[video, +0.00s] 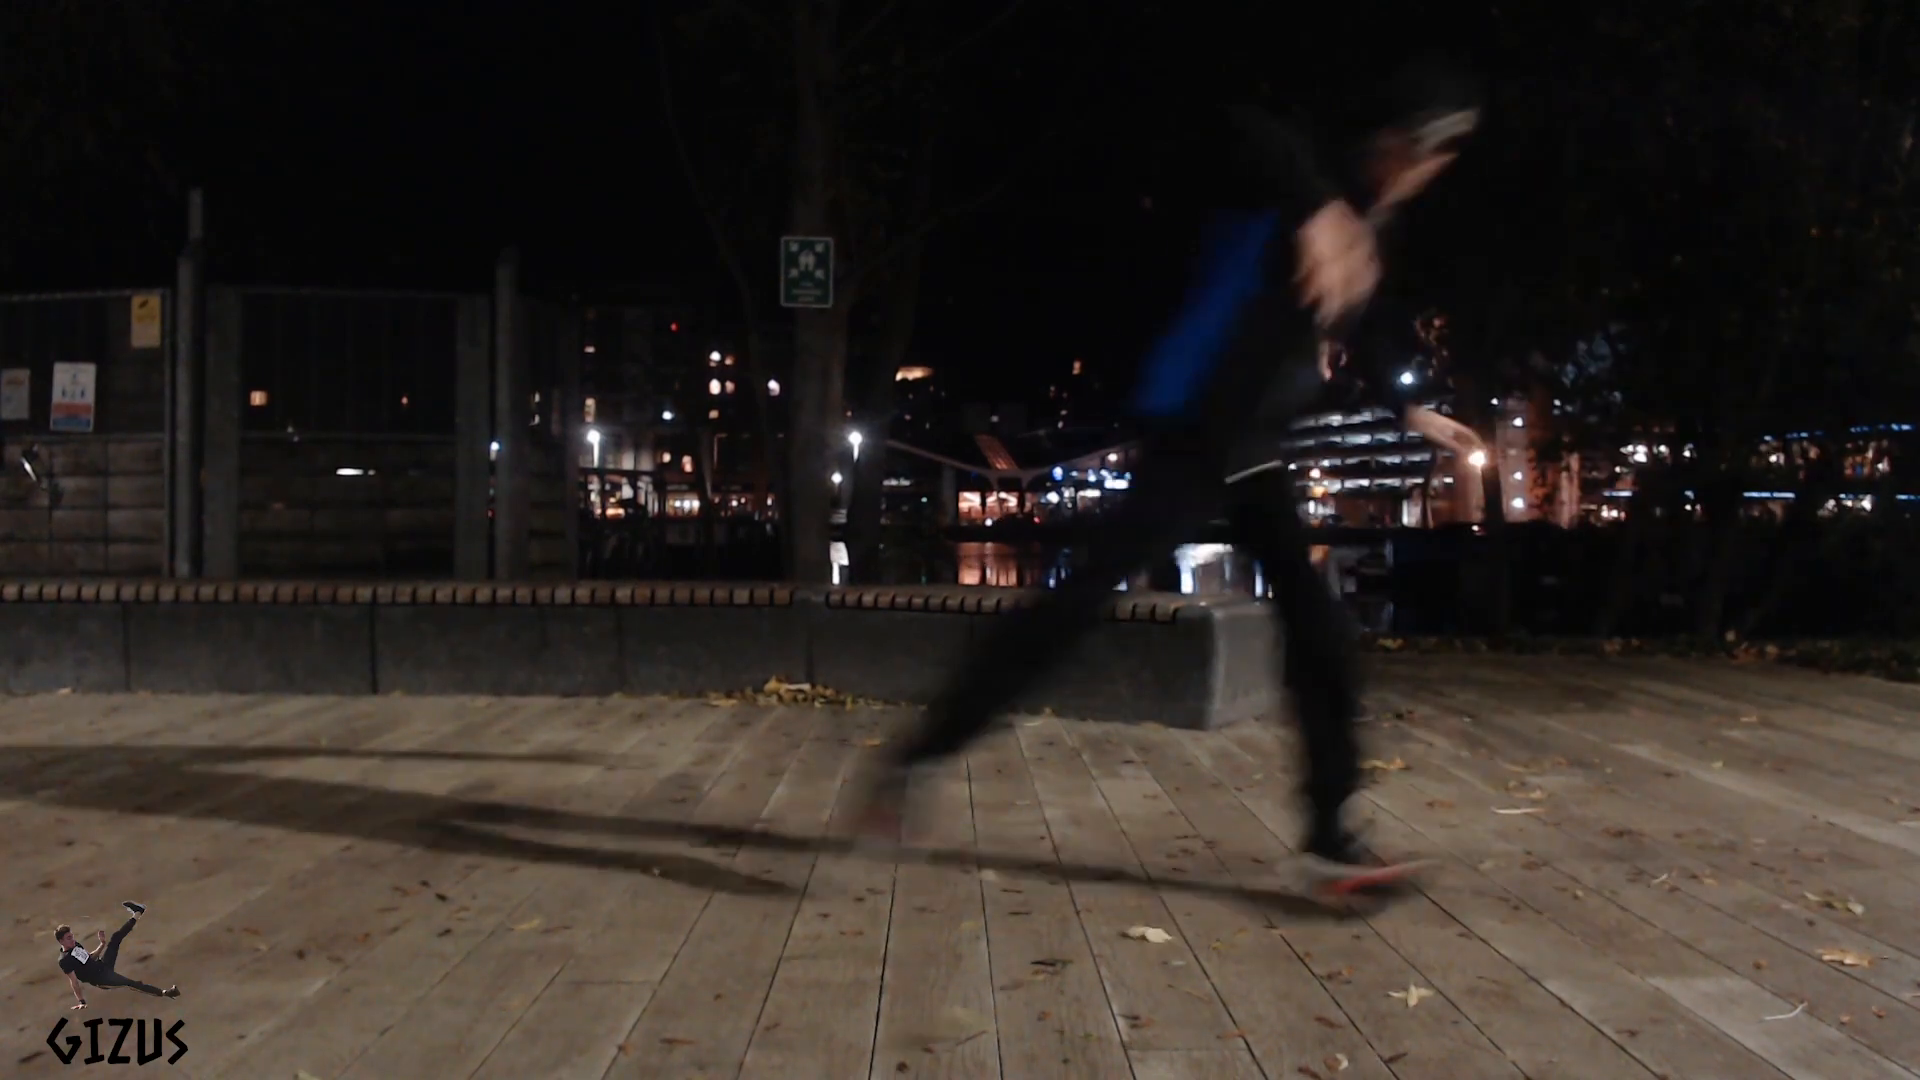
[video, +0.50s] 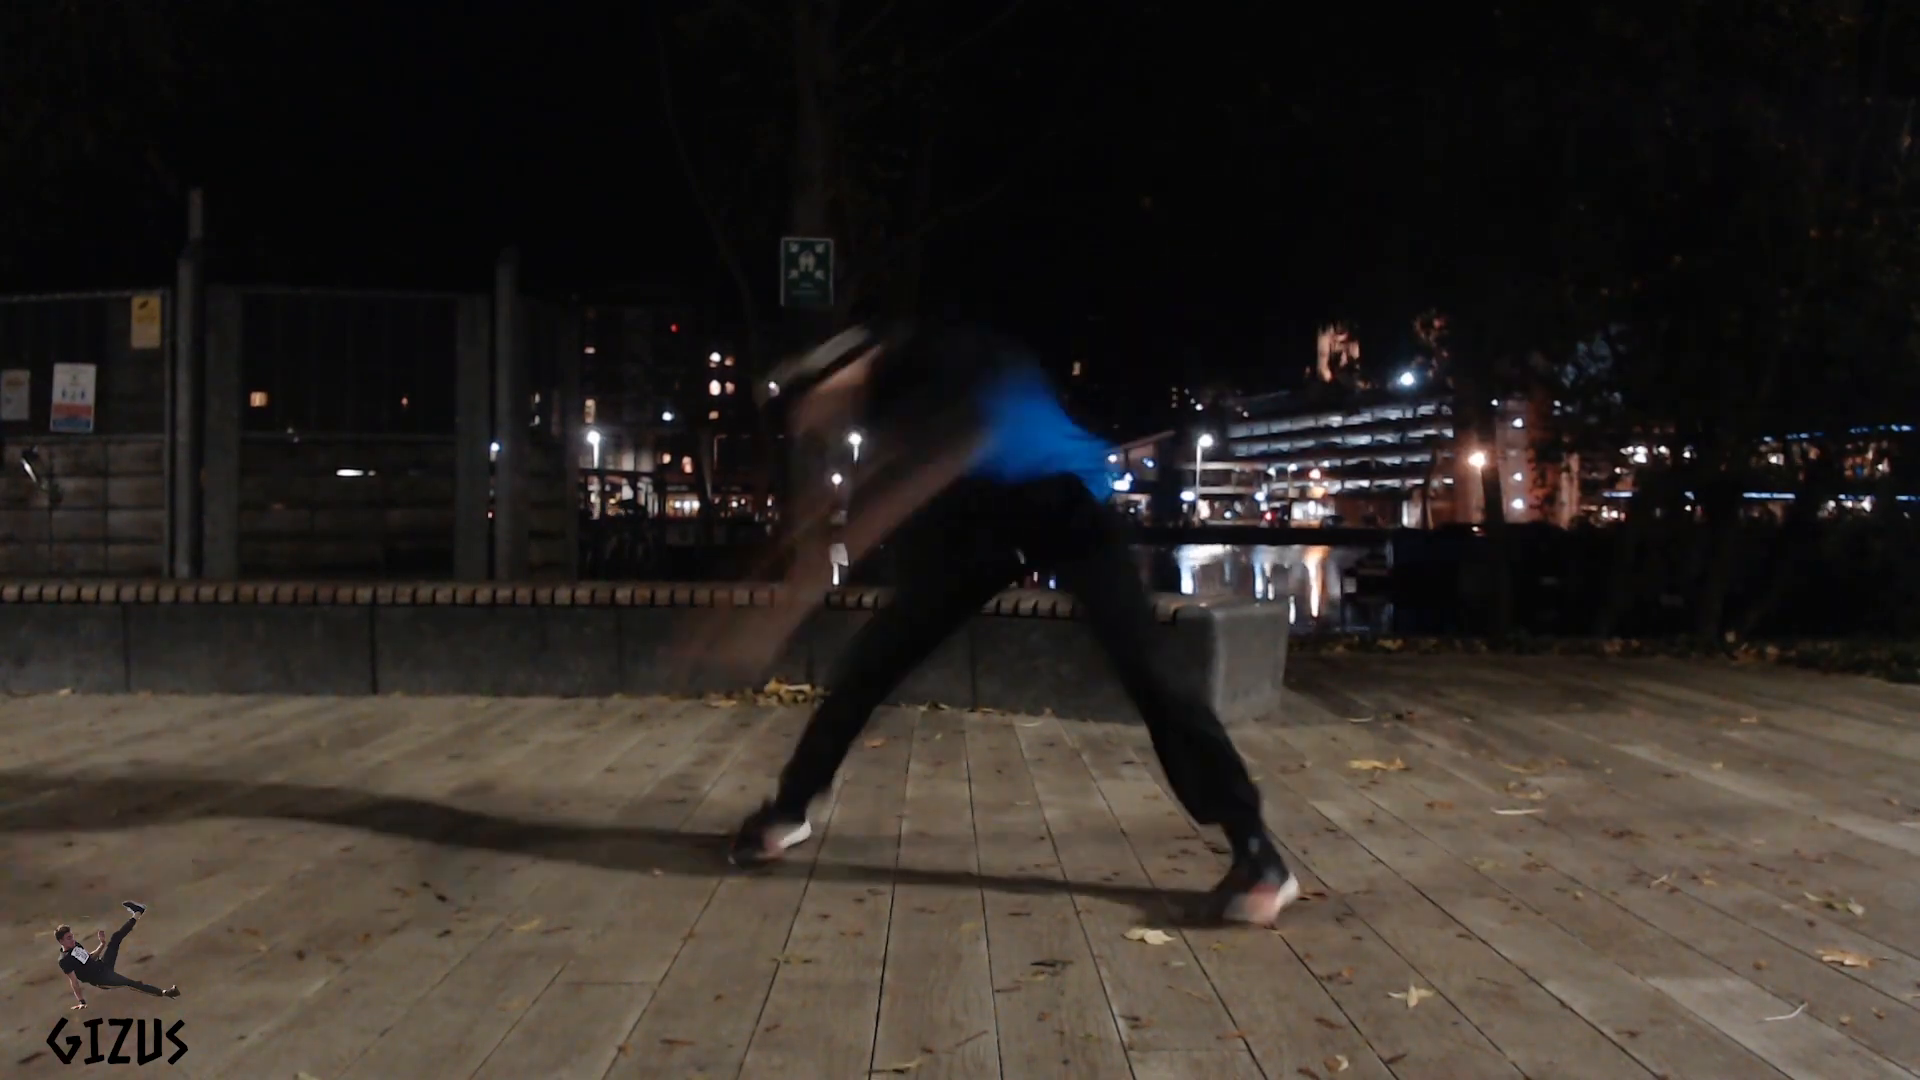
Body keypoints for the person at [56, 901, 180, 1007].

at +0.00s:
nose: (73, 939)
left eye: (72, 936)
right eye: (69, 938)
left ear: (71, 937)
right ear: (61, 941)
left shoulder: (76, 946)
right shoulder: (64, 960)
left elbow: (91, 958)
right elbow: (74, 982)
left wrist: (102, 945)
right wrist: (81, 1001)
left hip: (104, 965)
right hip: (102, 978)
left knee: (115, 939)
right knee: (132, 983)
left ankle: (136, 916)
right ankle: (165, 993)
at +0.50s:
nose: (73, 939)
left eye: (72, 936)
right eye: (69, 938)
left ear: (71, 937)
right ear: (61, 942)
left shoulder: (76, 946)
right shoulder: (64, 960)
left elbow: (91, 957)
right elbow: (74, 982)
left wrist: (102, 944)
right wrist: (81, 1001)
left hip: (104, 964)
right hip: (102, 977)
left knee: (115, 939)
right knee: (132, 983)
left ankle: (136, 916)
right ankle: (164, 993)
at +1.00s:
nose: (73, 939)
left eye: (72, 936)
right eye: (69, 938)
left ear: (71, 937)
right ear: (61, 942)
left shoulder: (76, 946)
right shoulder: (64, 960)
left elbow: (91, 957)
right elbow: (74, 982)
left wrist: (102, 944)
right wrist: (81, 1001)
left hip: (104, 965)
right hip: (102, 978)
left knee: (115, 939)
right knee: (132, 983)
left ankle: (136, 916)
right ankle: (164, 993)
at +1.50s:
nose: (73, 939)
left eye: (72, 936)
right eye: (69, 938)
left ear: (71, 936)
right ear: (61, 941)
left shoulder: (75, 946)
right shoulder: (64, 960)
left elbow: (91, 957)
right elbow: (74, 982)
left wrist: (102, 945)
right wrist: (81, 1002)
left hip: (104, 965)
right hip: (102, 978)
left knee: (115, 939)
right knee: (133, 983)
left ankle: (135, 917)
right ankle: (164, 993)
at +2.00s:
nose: (73, 939)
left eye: (72, 936)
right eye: (69, 938)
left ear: (71, 936)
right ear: (61, 942)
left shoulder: (76, 946)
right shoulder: (64, 960)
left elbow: (91, 957)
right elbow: (74, 982)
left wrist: (102, 944)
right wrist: (81, 1001)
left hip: (104, 965)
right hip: (102, 978)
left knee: (116, 938)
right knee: (133, 983)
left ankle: (135, 917)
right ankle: (165, 993)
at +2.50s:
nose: (73, 939)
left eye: (72, 936)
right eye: (69, 937)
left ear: (70, 937)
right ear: (61, 941)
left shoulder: (76, 946)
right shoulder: (64, 961)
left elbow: (91, 958)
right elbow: (74, 982)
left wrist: (102, 945)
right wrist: (81, 1001)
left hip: (104, 964)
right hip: (102, 978)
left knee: (115, 939)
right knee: (131, 983)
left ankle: (135, 917)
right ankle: (164, 993)